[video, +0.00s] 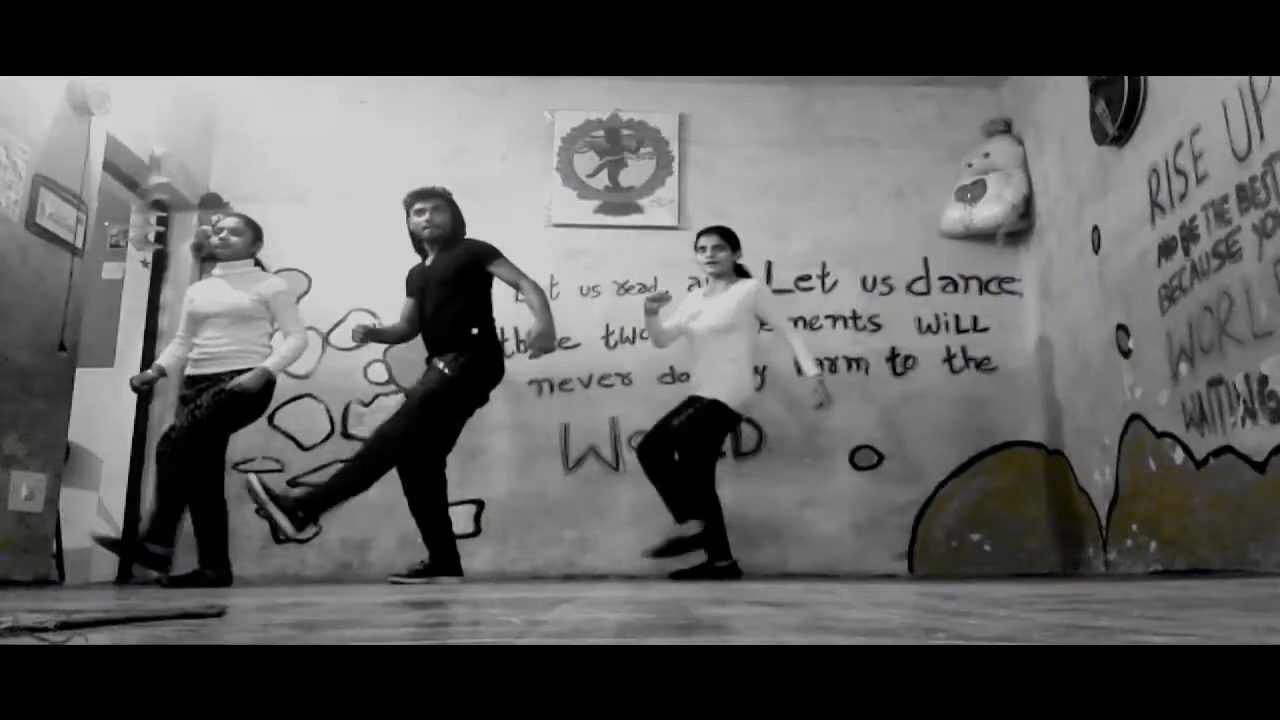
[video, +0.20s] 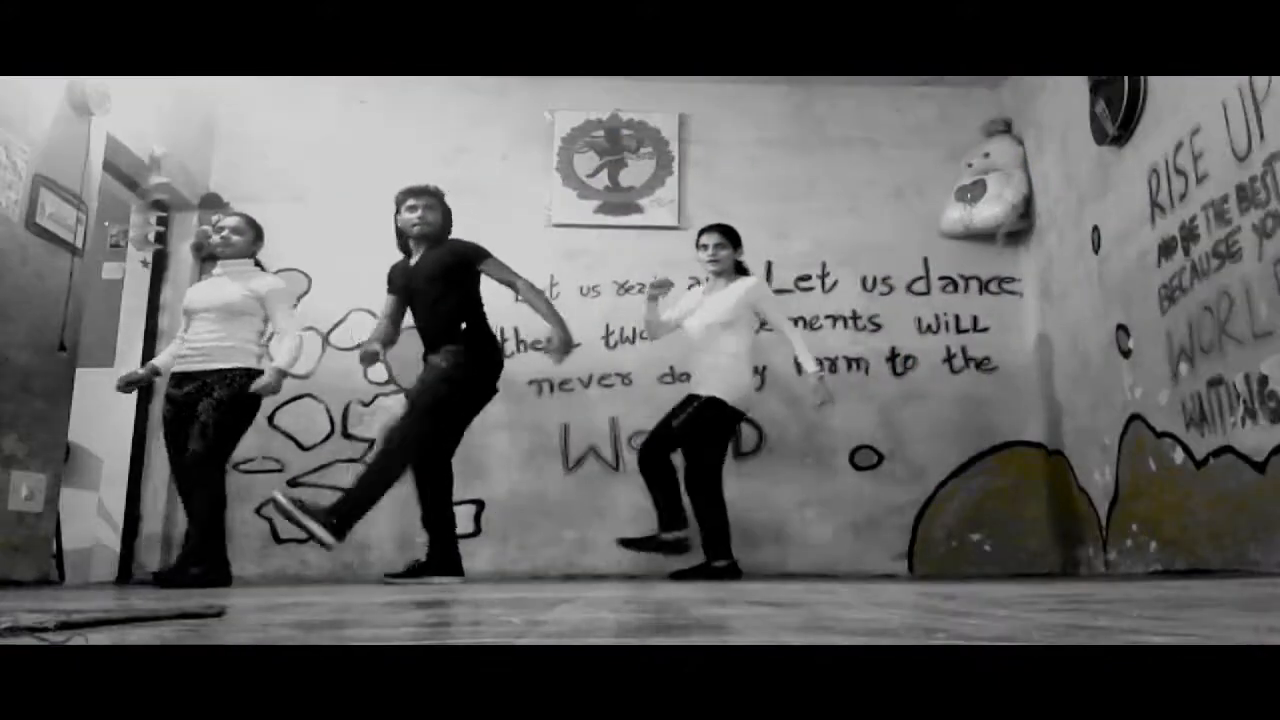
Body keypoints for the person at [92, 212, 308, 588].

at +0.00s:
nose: (221, 236)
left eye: (233, 232)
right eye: (217, 232)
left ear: (254, 246)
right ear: (210, 243)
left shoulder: (269, 284)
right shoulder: (198, 290)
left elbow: (295, 336)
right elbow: (183, 342)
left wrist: (264, 371)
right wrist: (155, 371)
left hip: (245, 384)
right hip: (198, 386)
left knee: (175, 445)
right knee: (205, 479)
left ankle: (157, 547)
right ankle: (215, 569)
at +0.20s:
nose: (222, 235)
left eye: (234, 231)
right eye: (218, 230)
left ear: (254, 245)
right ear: (210, 239)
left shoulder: (266, 282)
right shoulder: (197, 289)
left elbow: (288, 332)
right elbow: (182, 341)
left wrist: (277, 371)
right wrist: (149, 370)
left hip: (233, 380)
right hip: (184, 381)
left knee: (203, 463)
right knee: (185, 471)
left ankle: (205, 564)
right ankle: (203, 562)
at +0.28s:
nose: (138, 210)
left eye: (153, 206)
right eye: (134, 204)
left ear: (176, 222)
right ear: (126, 215)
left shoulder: (188, 266)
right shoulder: (106, 274)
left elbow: (228, 318)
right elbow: (86, 336)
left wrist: (204, 374)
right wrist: (45, 372)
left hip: (148, 384)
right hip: (89, 385)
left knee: (108, 483)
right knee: (88, 493)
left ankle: (110, 606)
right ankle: (120, 605)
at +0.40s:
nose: (138, 209)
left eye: (152, 205)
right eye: (132, 203)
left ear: (174, 222)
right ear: (122, 216)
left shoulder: (185, 265)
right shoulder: (104, 271)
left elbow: (233, 318)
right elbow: (83, 326)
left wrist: (200, 365)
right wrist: (62, 356)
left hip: (145, 382)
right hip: (87, 383)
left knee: (111, 484)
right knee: (73, 490)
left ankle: (105, 610)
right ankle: (92, 605)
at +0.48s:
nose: (135, 210)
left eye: (149, 206)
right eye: (128, 204)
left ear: (170, 222)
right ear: (117, 215)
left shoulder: (184, 267)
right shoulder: (101, 271)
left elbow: (224, 328)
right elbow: (84, 332)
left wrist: (192, 356)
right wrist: (68, 368)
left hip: (146, 384)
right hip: (88, 386)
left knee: (109, 485)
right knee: (70, 491)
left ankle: (104, 611)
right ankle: (76, 608)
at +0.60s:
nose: (126, 222)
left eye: (139, 217)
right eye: (120, 214)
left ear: (160, 233)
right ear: (109, 224)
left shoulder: (181, 278)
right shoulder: (90, 286)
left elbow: (219, 348)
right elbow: (77, 350)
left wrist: (199, 331)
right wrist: (58, 383)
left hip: (154, 395)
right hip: (92, 397)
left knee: (112, 481)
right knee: (56, 489)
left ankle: (106, 610)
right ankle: (74, 610)